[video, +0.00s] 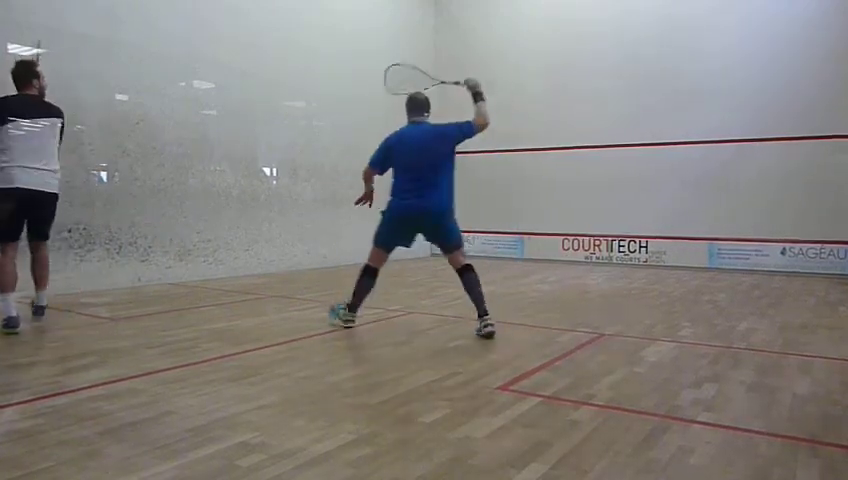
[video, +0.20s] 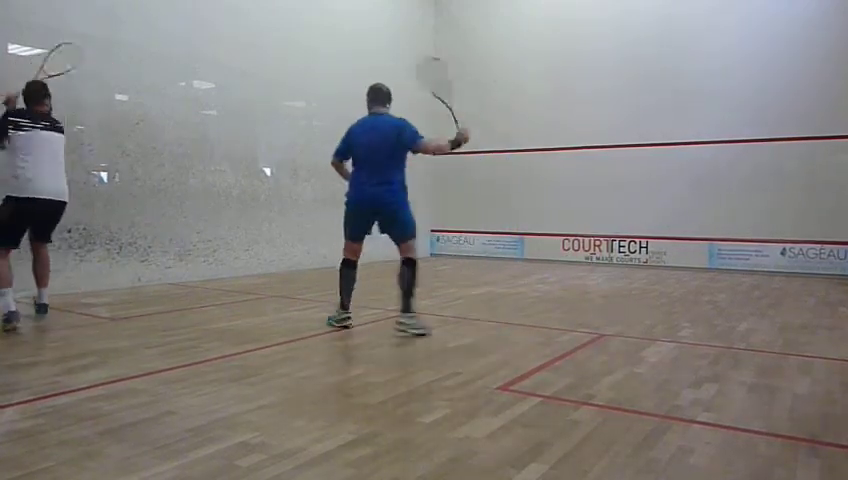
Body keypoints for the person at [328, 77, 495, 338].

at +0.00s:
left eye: (413, 107)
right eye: (424, 108)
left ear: (406, 112)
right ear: (428, 111)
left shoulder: (395, 140)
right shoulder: (445, 133)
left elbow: (368, 172)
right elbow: (482, 122)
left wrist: (368, 191)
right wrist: (477, 94)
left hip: (400, 212)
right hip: (438, 212)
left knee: (375, 260)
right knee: (459, 260)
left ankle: (350, 311)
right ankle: (484, 317)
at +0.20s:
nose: (379, 106)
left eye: (372, 102)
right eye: (385, 102)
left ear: (367, 103)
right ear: (389, 102)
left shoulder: (356, 128)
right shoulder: (399, 126)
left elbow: (336, 161)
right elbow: (426, 147)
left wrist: (353, 180)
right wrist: (455, 142)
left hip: (359, 199)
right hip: (392, 199)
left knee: (351, 253)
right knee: (407, 253)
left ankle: (343, 311)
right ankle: (407, 314)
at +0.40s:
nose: (357, 110)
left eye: (347, 105)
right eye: (364, 105)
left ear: (345, 106)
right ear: (367, 106)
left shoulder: (332, 131)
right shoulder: (375, 131)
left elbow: (304, 159)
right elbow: (392, 159)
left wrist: (318, 184)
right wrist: (428, 180)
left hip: (332, 200)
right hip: (361, 201)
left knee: (335, 252)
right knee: (367, 259)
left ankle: (322, 310)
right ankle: (330, 307)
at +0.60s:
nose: (365, 108)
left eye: (362, 104)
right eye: (366, 104)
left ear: (343, 101)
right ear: (363, 103)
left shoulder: (323, 122)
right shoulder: (365, 126)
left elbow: (299, 156)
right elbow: (380, 164)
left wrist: (313, 181)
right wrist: (400, 196)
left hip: (310, 188)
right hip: (340, 190)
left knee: (315, 248)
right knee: (345, 251)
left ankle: (309, 309)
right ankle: (326, 312)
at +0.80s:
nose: (356, 131)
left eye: (355, 127)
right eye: (357, 127)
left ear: (335, 124)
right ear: (354, 126)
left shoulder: (318, 143)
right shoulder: (352, 147)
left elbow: (305, 175)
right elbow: (358, 183)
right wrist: (369, 221)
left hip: (287, 205)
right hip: (319, 209)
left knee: (288, 258)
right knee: (350, 264)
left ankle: (251, 301)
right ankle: (342, 329)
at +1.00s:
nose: (294, 115)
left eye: (290, 109)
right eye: (295, 111)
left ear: (277, 112)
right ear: (298, 113)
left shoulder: (260, 136)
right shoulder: (310, 141)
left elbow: (235, 168)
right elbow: (325, 181)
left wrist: (253, 188)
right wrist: (313, 203)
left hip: (259, 208)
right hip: (296, 209)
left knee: (250, 262)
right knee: (323, 261)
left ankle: (257, 303)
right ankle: (341, 323)